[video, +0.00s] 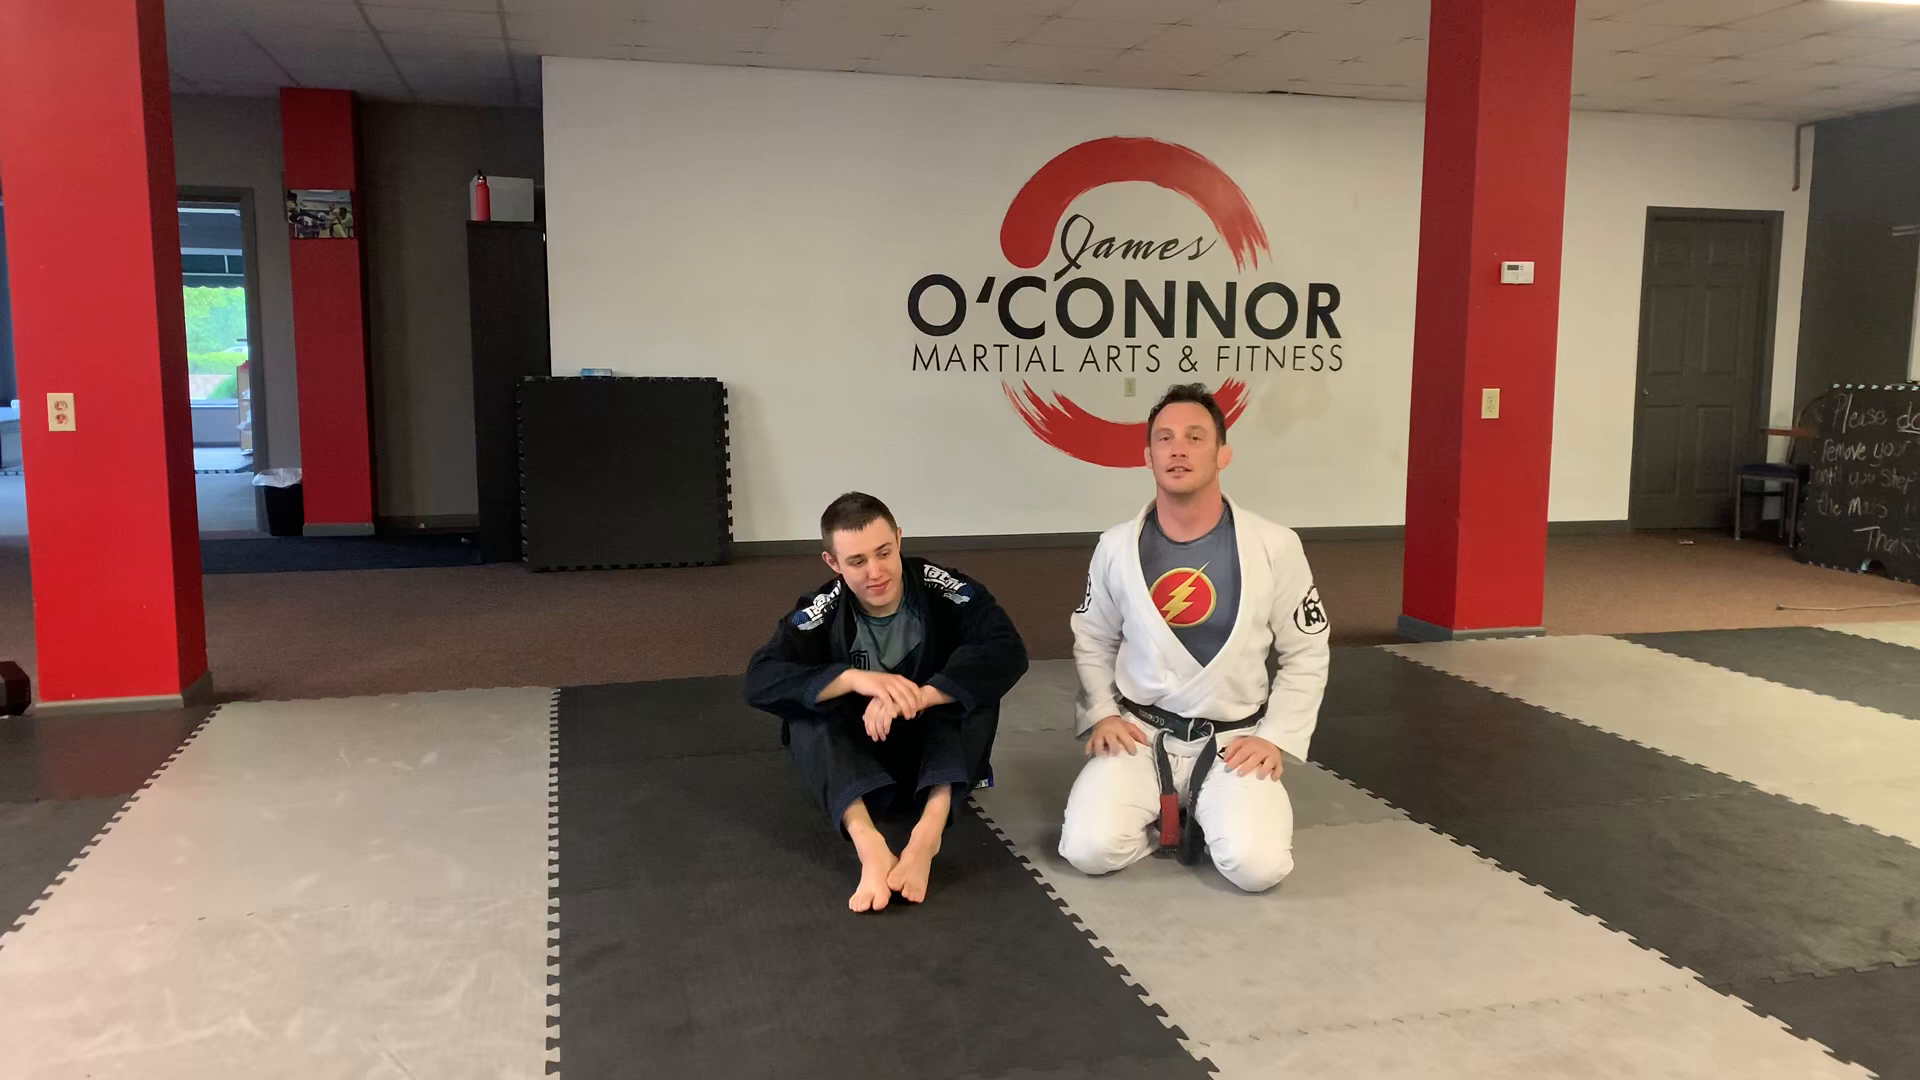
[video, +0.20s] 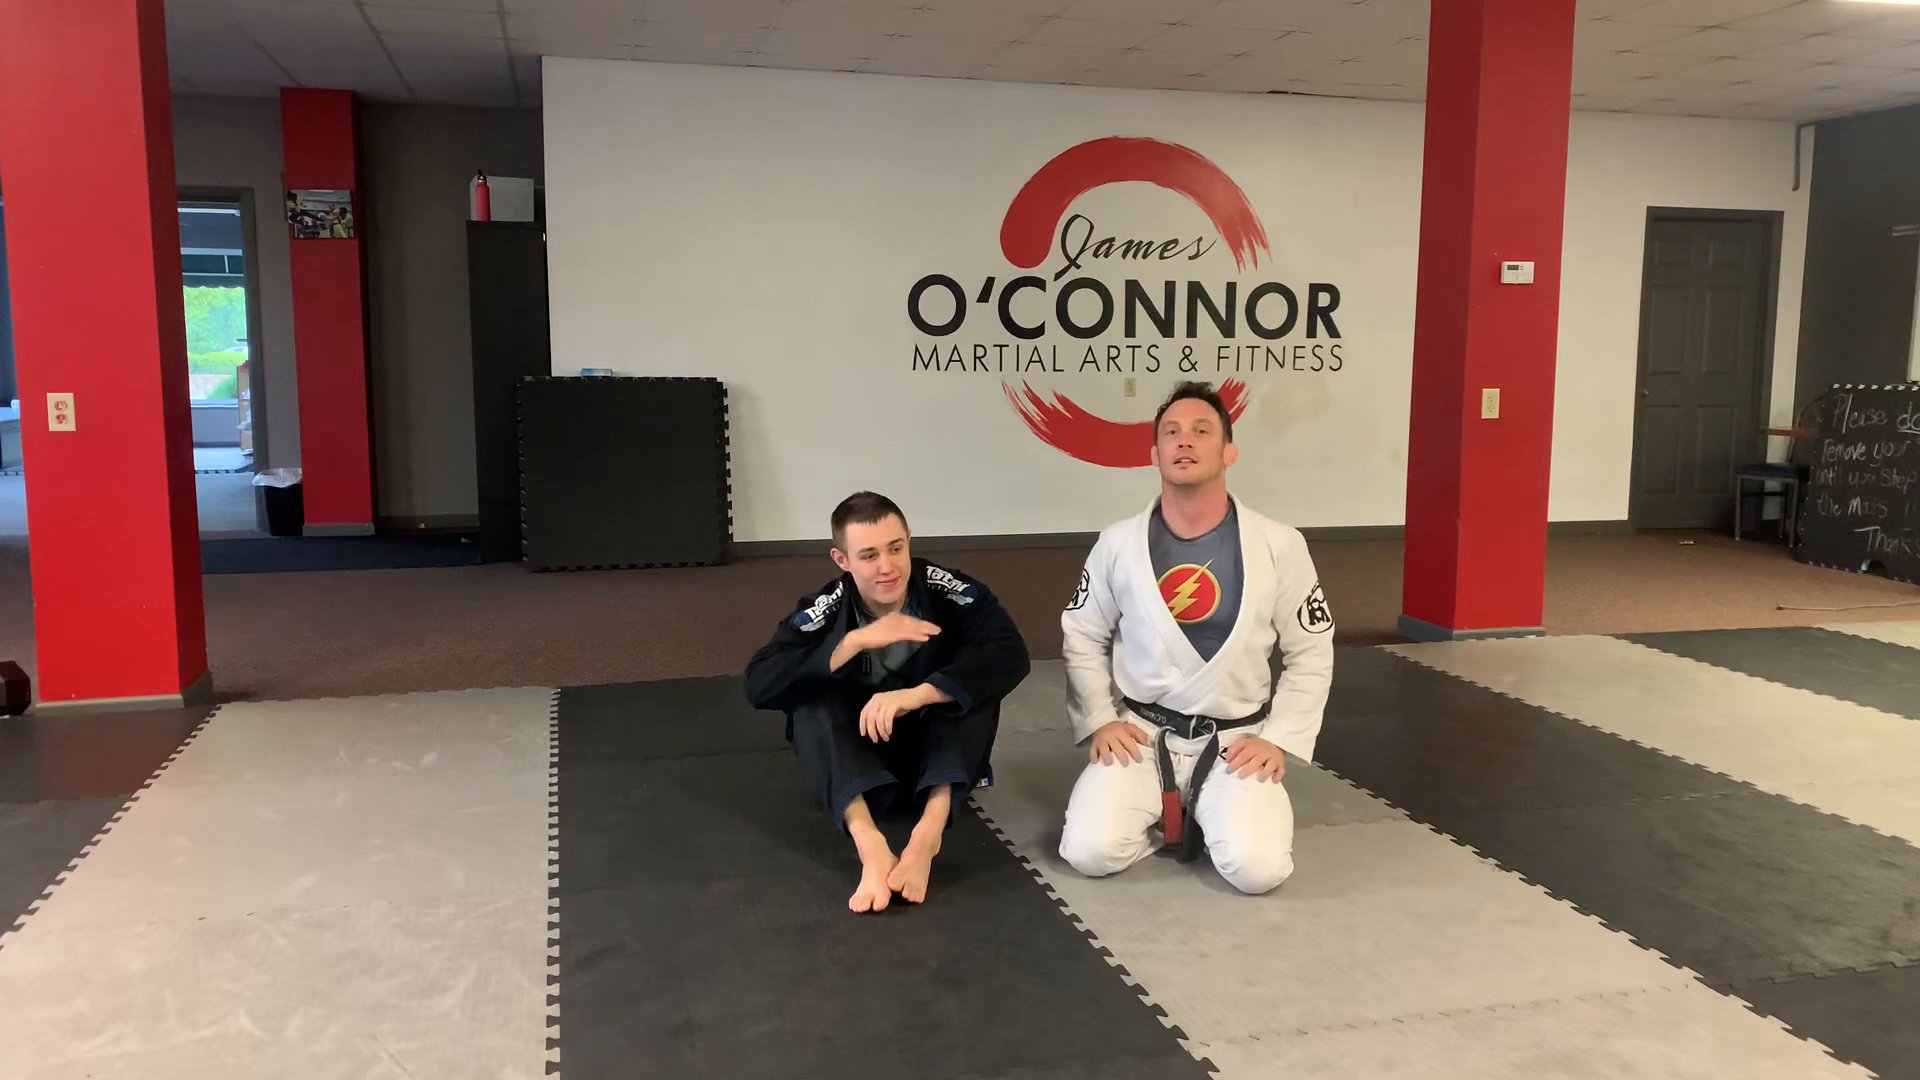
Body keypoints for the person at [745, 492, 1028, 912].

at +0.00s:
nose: (876, 572)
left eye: (884, 553)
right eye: (857, 561)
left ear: (898, 539)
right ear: (833, 563)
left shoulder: (941, 587)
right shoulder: (821, 611)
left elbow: (1005, 651)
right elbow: (761, 680)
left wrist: (916, 696)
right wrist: (853, 678)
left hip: (935, 752)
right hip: (855, 757)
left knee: (973, 687)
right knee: (807, 714)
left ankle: (929, 832)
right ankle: (869, 844)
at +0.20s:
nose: (887, 567)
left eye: (896, 549)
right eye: (869, 556)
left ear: (908, 541)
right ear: (842, 560)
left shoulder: (948, 590)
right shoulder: (823, 610)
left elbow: (1008, 655)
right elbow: (762, 685)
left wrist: (918, 694)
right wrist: (856, 640)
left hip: (935, 755)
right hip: (855, 760)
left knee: (975, 681)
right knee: (813, 699)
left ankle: (929, 832)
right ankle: (869, 843)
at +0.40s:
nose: (894, 565)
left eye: (902, 547)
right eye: (876, 554)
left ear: (915, 542)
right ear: (849, 558)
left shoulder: (952, 589)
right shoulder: (830, 606)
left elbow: (1009, 654)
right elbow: (771, 678)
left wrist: (918, 695)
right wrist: (868, 633)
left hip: (938, 756)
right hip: (857, 761)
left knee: (978, 681)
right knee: (822, 689)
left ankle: (929, 833)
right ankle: (870, 843)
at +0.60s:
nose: (899, 563)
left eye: (908, 547)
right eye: (881, 552)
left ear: (920, 542)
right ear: (854, 556)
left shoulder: (958, 591)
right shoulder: (834, 605)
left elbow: (1013, 657)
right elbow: (774, 676)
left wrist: (921, 694)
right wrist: (872, 633)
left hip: (941, 756)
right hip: (859, 760)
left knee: (979, 686)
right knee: (824, 692)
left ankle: (929, 833)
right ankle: (872, 845)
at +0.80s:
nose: (896, 563)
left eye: (907, 548)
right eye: (879, 551)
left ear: (921, 544)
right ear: (854, 554)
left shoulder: (960, 592)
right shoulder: (834, 605)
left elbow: (1014, 657)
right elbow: (775, 674)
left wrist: (922, 694)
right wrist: (874, 634)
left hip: (940, 757)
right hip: (860, 761)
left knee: (979, 688)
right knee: (823, 692)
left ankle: (929, 833)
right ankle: (872, 844)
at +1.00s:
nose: (898, 561)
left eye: (908, 545)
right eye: (881, 549)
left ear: (921, 543)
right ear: (854, 554)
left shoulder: (960, 593)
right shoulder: (832, 606)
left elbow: (1011, 656)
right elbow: (774, 676)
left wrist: (920, 694)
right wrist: (872, 632)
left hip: (940, 756)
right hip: (859, 760)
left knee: (979, 687)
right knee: (823, 692)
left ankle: (929, 835)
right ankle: (872, 845)